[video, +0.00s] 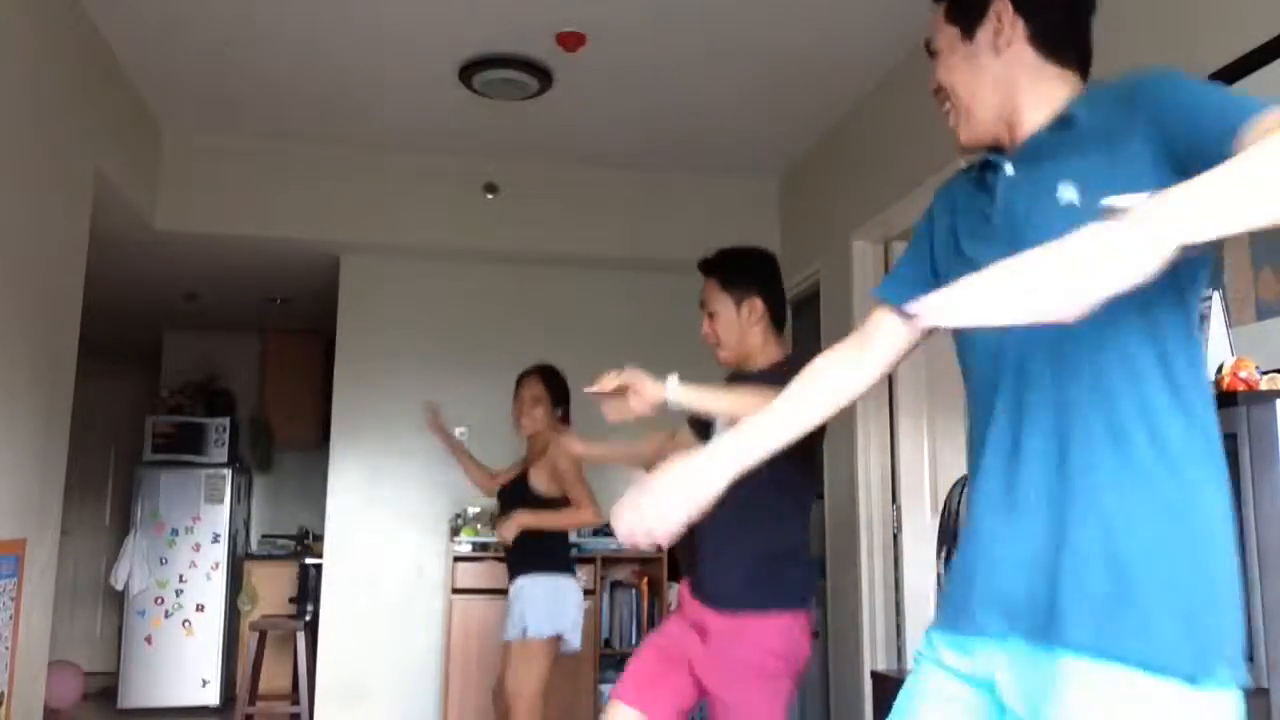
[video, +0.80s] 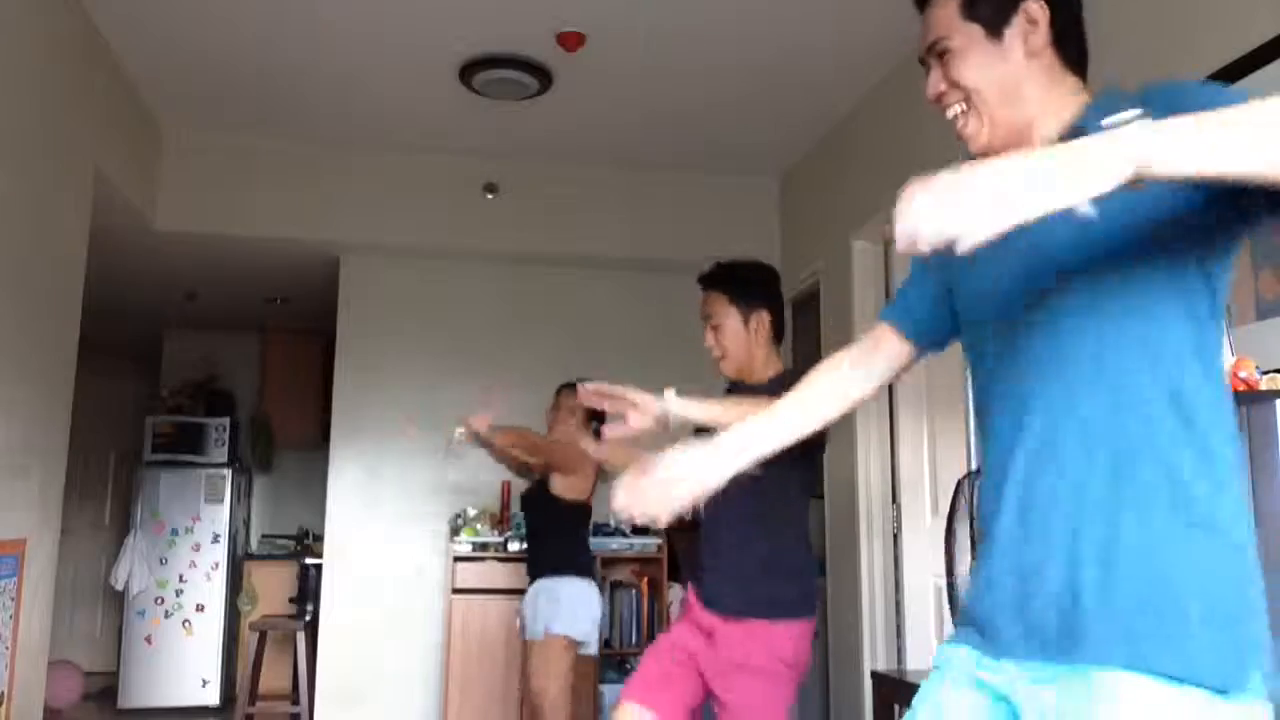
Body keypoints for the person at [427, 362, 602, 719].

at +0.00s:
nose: (524, 410)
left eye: (535, 401)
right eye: (519, 401)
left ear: (556, 408)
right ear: (513, 406)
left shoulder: (559, 449)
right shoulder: (532, 457)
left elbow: (590, 513)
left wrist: (522, 519)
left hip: (545, 585)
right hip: (528, 585)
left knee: (523, 700)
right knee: (506, 696)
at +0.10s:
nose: (527, 391)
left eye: (537, 381)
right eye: (522, 382)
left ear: (559, 385)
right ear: (516, 386)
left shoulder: (562, 432)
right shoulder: (539, 436)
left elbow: (554, 496)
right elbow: (503, 472)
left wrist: (500, 494)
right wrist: (463, 454)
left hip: (552, 568)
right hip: (531, 567)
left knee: (525, 689)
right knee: (505, 687)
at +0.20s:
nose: (531, 403)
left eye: (542, 393)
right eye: (526, 394)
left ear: (566, 399)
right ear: (520, 398)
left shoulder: (566, 441)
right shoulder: (541, 443)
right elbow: (505, 466)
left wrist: (480, 463)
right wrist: (483, 462)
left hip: (557, 583)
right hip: (523, 581)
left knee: (535, 696)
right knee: (515, 689)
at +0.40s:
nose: (537, 419)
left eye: (548, 410)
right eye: (533, 410)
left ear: (571, 418)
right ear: (527, 413)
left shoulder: (571, 460)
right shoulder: (542, 464)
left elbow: (494, 457)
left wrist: (481, 445)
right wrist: (511, 517)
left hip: (562, 602)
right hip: (524, 598)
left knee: (544, 705)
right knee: (517, 703)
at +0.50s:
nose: (546, 399)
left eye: (558, 391)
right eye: (542, 390)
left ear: (579, 400)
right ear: (536, 394)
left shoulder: (571, 437)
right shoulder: (552, 440)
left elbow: (507, 445)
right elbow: (533, 486)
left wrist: (446, 437)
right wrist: (488, 488)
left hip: (563, 579)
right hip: (543, 577)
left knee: (539, 694)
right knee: (527, 688)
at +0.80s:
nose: (550, 417)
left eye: (558, 410)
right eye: (552, 410)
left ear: (578, 416)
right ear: (571, 416)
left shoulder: (578, 455)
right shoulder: (556, 462)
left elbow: (528, 445)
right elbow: (517, 462)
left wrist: (488, 432)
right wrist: (485, 441)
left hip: (564, 589)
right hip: (546, 589)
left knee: (550, 696)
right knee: (540, 695)